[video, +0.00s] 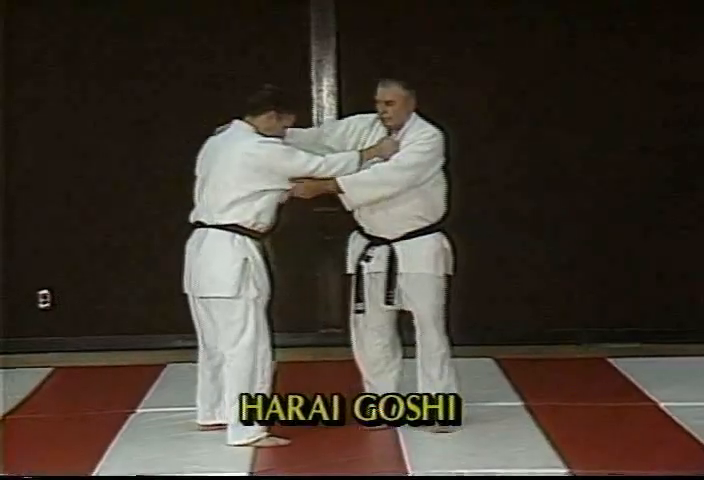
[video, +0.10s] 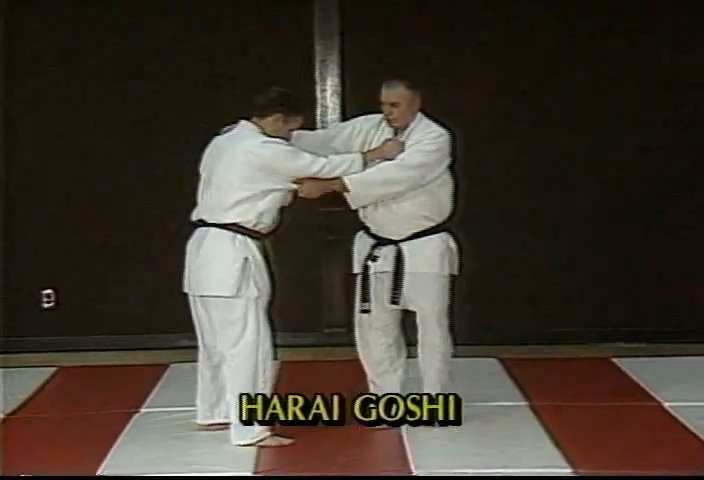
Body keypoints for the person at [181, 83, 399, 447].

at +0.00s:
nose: (286, 130)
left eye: (288, 125)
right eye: (285, 123)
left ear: (253, 114)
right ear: (269, 116)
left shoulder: (216, 141)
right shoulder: (260, 151)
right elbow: (315, 165)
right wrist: (369, 155)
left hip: (200, 247)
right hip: (233, 252)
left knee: (212, 342)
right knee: (245, 344)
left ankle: (212, 413)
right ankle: (245, 430)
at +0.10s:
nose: (292, 135)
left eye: (295, 129)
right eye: (291, 127)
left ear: (264, 117)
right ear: (275, 118)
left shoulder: (223, 140)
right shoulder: (265, 151)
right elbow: (319, 167)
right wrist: (374, 156)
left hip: (201, 246)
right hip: (233, 251)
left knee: (213, 341)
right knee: (246, 342)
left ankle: (212, 411)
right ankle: (249, 429)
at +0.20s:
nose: (296, 136)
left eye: (299, 130)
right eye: (295, 129)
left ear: (268, 117)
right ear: (280, 119)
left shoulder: (227, 140)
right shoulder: (269, 150)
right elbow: (324, 167)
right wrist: (378, 157)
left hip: (203, 245)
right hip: (235, 251)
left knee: (215, 340)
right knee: (248, 342)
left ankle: (214, 411)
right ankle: (251, 428)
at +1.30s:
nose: (318, 132)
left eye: (321, 126)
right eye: (317, 124)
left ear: (289, 114)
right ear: (301, 116)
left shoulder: (250, 139)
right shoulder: (286, 149)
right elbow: (337, 182)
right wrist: (394, 169)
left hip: (226, 244)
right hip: (255, 250)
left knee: (240, 339)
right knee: (269, 341)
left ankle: (237, 410)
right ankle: (268, 425)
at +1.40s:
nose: (319, 132)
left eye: (322, 126)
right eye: (317, 124)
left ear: (291, 114)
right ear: (302, 115)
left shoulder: (251, 139)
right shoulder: (288, 150)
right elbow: (339, 181)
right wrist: (395, 167)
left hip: (228, 245)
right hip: (257, 252)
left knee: (241, 338)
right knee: (271, 341)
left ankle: (238, 411)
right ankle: (269, 425)